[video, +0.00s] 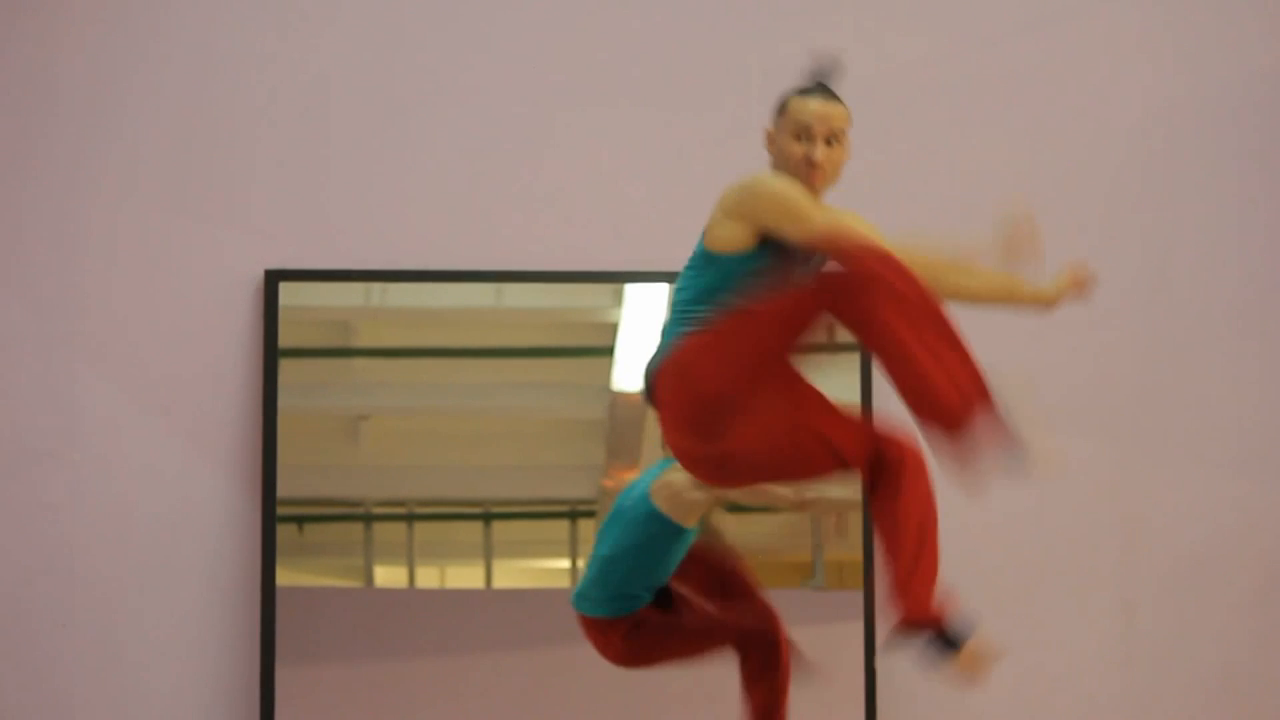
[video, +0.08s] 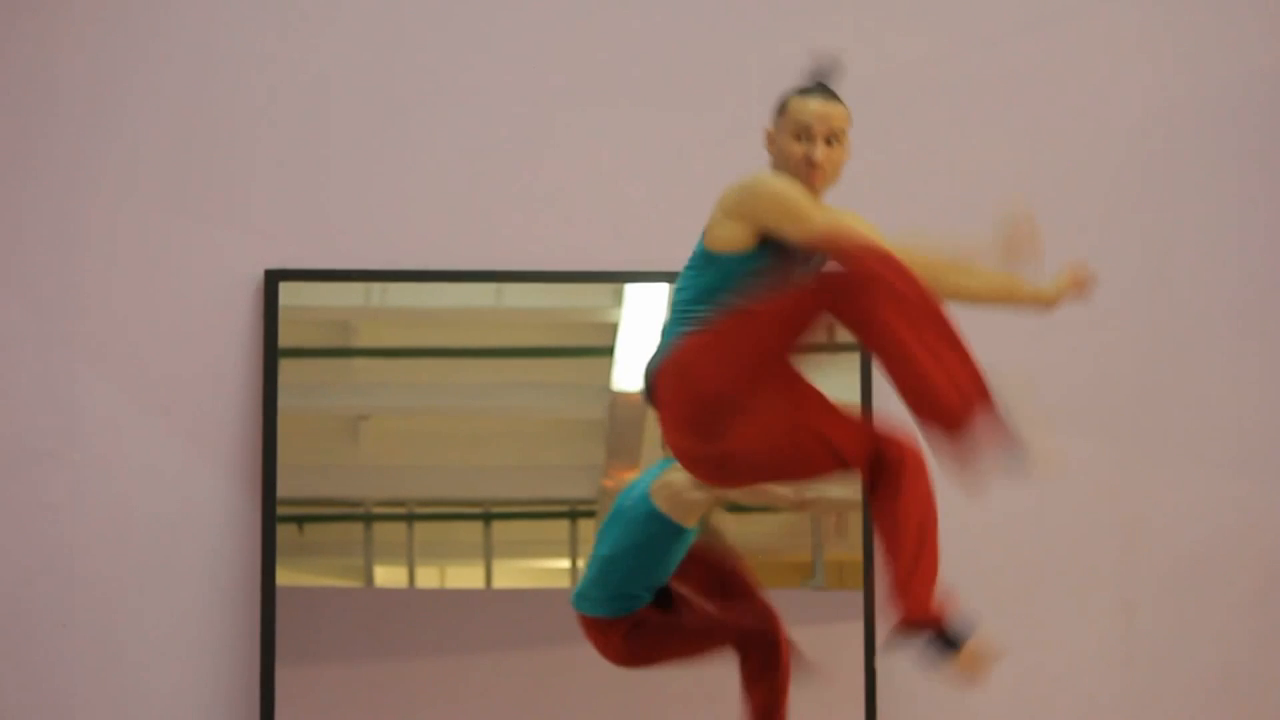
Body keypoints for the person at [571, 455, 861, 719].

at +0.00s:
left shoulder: (667, 473)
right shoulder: (689, 484)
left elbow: (722, 561)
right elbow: (790, 498)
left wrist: (774, 633)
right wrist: (866, 497)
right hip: (621, 630)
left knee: (724, 574)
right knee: (758, 627)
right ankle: (766, 709)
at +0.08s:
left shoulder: (666, 474)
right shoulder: (689, 483)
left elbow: (724, 561)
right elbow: (790, 498)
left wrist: (773, 633)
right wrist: (866, 498)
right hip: (621, 630)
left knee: (723, 574)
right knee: (758, 627)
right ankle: (766, 710)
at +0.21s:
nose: (743, 468)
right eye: (740, 459)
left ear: (698, 450)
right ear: (725, 459)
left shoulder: (666, 480)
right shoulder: (711, 490)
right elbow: (791, 508)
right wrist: (863, 513)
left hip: (578, 604)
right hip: (614, 630)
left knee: (699, 571)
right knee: (749, 599)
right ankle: (806, 707)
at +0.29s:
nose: (745, 467)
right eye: (741, 459)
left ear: (699, 449)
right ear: (726, 458)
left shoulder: (667, 479)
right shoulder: (711, 489)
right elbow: (792, 507)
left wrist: (723, 593)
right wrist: (863, 513)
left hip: (578, 604)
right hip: (614, 630)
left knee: (700, 571)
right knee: (750, 599)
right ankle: (805, 706)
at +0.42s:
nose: (742, 504)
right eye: (740, 498)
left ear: (700, 470)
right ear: (727, 481)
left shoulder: (662, 499)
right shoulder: (712, 499)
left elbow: (702, 593)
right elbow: (774, 510)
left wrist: (786, 624)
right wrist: (831, 533)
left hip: (563, 596)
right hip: (604, 628)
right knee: (744, 603)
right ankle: (854, 672)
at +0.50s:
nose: (744, 510)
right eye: (742, 505)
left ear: (700, 469)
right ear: (729, 486)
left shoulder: (663, 499)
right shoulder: (711, 499)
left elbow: (701, 592)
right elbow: (774, 510)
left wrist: (786, 625)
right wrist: (831, 532)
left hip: (564, 595)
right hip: (604, 628)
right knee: (744, 603)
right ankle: (855, 672)